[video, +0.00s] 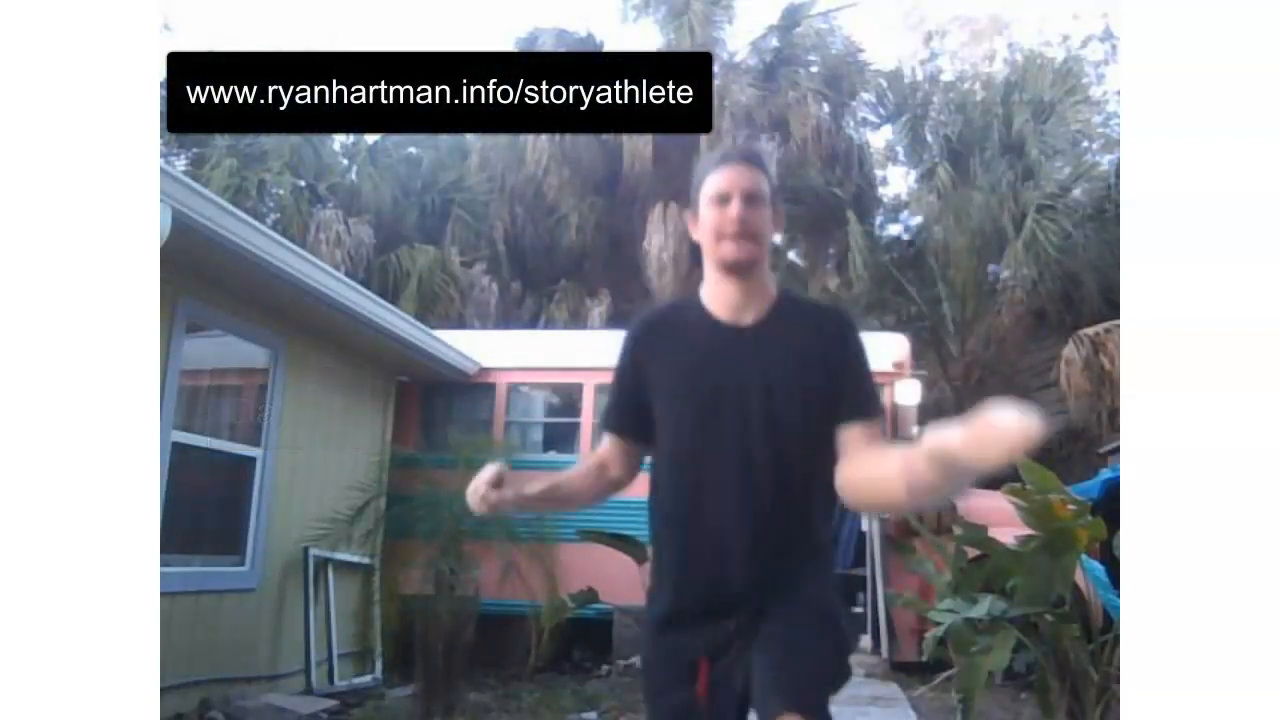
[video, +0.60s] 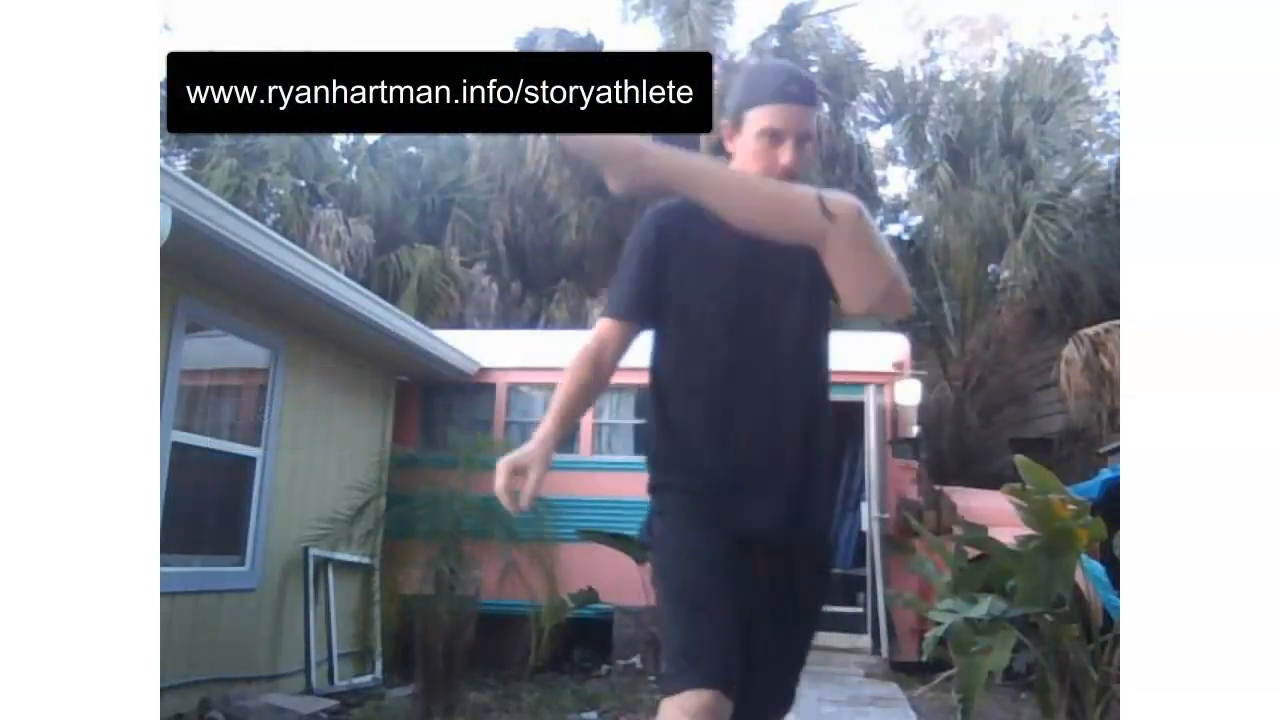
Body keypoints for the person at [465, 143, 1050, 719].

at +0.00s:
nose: (738, 215)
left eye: (753, 201)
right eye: (721, 201)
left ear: (776, 220)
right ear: (693, 223)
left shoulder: (825, 332)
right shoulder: (655, 337)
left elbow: (858, 474)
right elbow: (610, 466)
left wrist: (941, 459)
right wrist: (529, 491)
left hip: (794, 608)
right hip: (683, 616)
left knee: (788, 708)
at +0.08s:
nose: (774, 219)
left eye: (792, 202)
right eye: (761, 198)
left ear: (818, 199)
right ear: (734, 191)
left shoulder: (852, 303)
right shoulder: (679, 288)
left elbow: (862, 436)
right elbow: (629, 395)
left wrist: (941, 444)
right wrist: (523, 403)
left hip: (802, 572)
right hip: (689, 574)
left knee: (817, 711)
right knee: (681, 714)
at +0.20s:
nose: (719, 269)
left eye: (736, 252)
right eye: (700, 254)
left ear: (760, 267)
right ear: (675, 274)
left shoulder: (825, 370)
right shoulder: (646, 389)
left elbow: (878, 506)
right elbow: (624, 526)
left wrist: (975, 527)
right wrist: (550, 620)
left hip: (794, 651)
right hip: (689, 654)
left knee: (765, 705)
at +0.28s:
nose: (741, 270)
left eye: (757, 254)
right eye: (722, 254)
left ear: (781, 270)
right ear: (690, 272)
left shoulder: (838, 372)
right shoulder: (655, 392)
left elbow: (901, 499)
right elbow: (559, 484)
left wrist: (973, 487)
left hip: (796, 649)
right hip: (688, 660)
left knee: (787, 703)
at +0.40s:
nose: (725, 83)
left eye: (740, 71)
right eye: (710, 70)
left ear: (763, 95)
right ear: (687, 93)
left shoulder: (810, 202)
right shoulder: (645, 207)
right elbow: (613, 327)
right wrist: (622, 365)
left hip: (771, 483)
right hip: (657, 486)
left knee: (786, 701)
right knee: (652, 700)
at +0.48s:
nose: (730, 111)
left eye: (742, 98)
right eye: (714, 100)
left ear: (762, 118)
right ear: (692, 125)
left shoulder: (805, 228)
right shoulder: (657, 222)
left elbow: (837, 341)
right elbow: (604, 336)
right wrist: (606, 407)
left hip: (777, 480)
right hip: (675, 480)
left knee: (776, 693)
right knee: (676, 678)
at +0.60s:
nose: (789, 159)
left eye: (803, 142)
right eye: (771, 138)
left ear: (816, 143)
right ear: (729, 137)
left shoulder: (818, 236)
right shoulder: (673, 226)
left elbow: (895, 302)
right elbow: (606, 345)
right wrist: (544, 440)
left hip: (797, 501)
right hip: (695, 497)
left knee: (763, 706)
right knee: (701, 696)